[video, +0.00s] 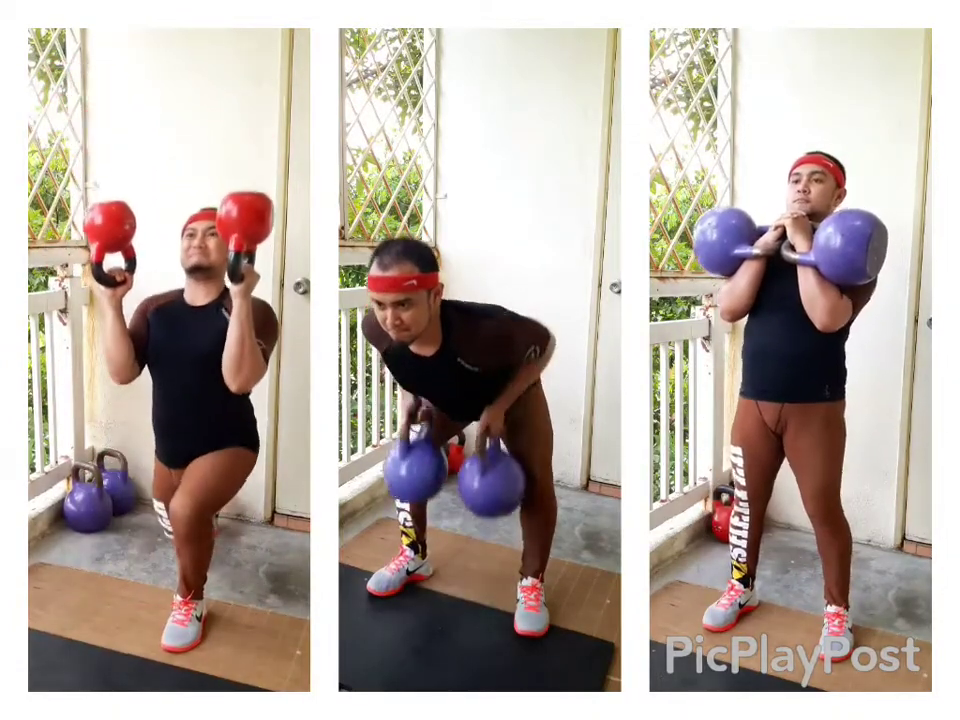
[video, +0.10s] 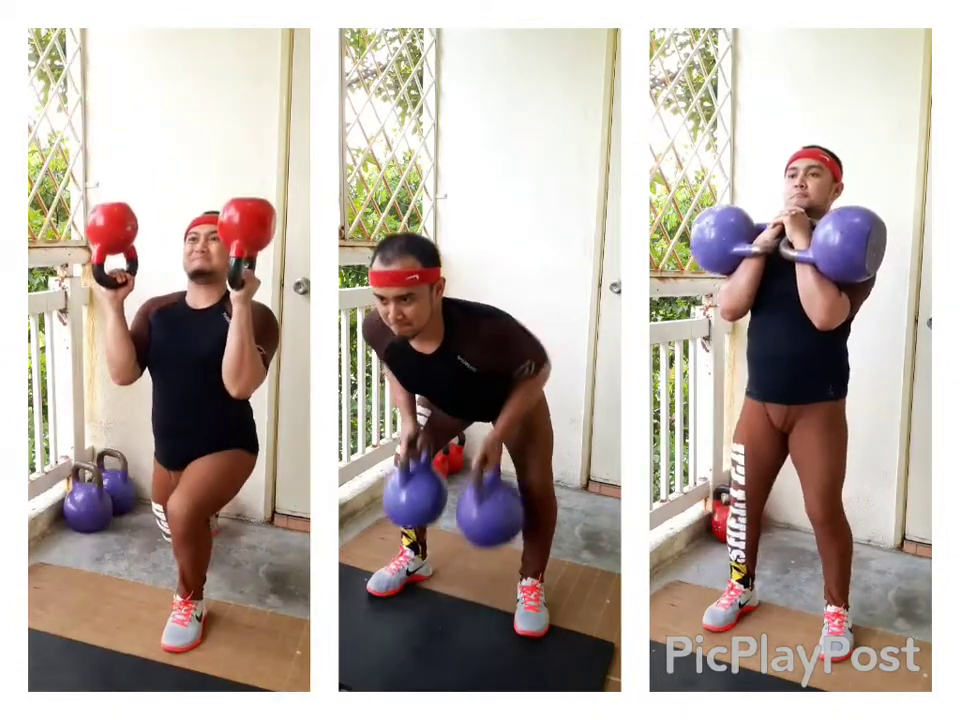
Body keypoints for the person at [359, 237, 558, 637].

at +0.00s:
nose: (391, 319)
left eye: (404, 305)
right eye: (380, 305)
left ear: (435, 293)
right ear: (372, 300)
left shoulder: (482, 328)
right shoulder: (375, 330)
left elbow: (543, 343)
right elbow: (404, 362)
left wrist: (500, 407)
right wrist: (409, 396)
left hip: (510, 391)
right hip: (445, 395)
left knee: (536, 483)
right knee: (409, 460)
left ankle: (531, 582)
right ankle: (413, 552)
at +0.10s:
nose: (394, 314)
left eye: (406, 299)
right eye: (382, 300)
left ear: (438, 287)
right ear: (373, 295)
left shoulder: (486, 327)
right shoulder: (376, 330)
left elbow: (538, 369)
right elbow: (394, 368)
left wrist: (497, 436)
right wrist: (408, 420)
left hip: (512, 398)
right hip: (450, 400)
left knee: (537, 487)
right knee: (410, 463)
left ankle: (531, 582)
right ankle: (413, 552)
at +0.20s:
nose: (396, 319)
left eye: (408, 305)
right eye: (385, 306)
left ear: (439, 291)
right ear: (375, 299)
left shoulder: (488, 332)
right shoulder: (379, 336)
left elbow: (528, 393)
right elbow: (398, 386)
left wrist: (491, 468)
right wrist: (412, 447)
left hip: (511, 400)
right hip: (450, 403)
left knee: (537, 486)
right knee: (407, 467)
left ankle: (531, 582)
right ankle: (411, 555)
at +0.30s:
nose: (396, 328)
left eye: (408, 314)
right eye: (384, 315)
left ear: (439, 299)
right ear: (375, 308)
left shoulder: (486, 339)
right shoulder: (380, 348)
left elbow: (520, 412)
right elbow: (400, 405)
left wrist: (487, 490)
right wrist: (413, 473)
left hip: (512, 398)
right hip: (453, 404)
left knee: (537, 488)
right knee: (406, 466)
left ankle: (532, 583)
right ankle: (408, 559)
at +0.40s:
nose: (395, 337)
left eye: (408, 323)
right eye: (384, 324)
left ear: (438, 307)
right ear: (374, 317)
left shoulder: (487, 348)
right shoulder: (380, 357)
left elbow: (516, 427)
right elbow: (400, 419)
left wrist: (485, 505)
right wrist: (411, 488)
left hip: (515, 396)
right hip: (455, 403)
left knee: (537, 486)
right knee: (410, 471)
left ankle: (532, 582)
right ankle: (405, 563)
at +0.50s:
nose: (395, 344)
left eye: (407, 331)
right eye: (384, 331)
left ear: (438, 314)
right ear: (375, 325)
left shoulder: (487, 355)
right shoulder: (379, 363)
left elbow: (512, 435)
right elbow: (401, 428)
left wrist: (484, 515)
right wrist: (411, 499)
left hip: (516, 396)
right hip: (456, 404)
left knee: (537, 486)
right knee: (412, 470)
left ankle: (532, 584)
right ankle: (407, 563)